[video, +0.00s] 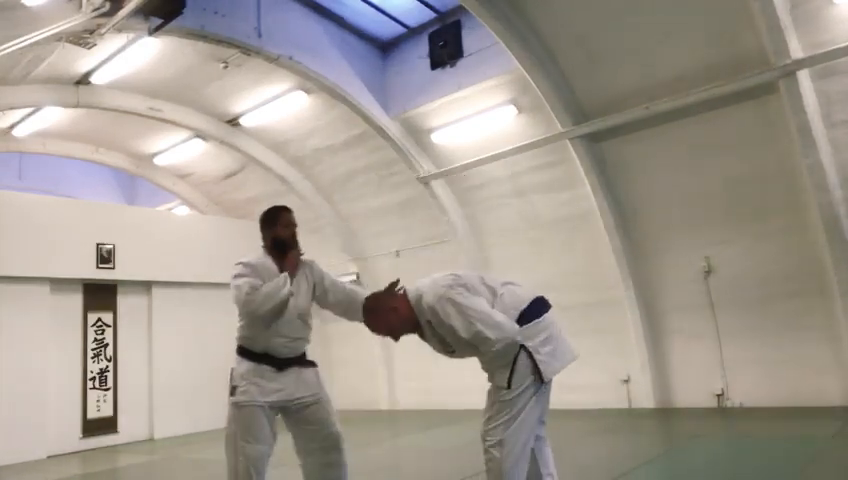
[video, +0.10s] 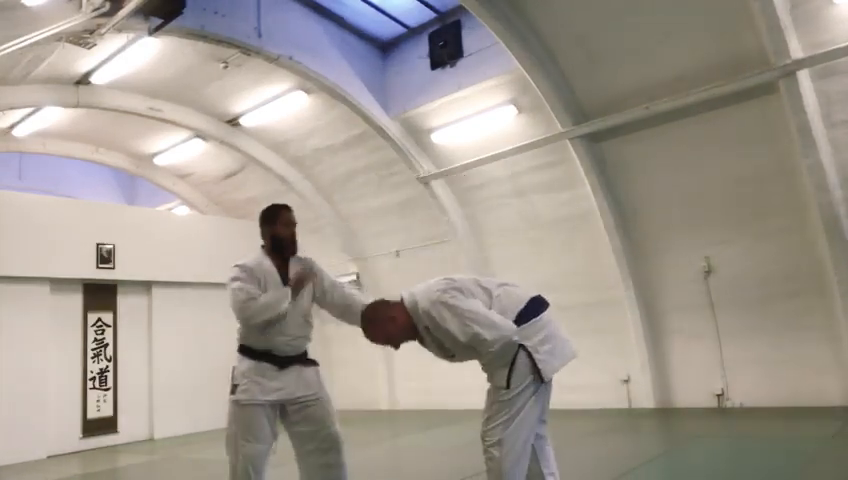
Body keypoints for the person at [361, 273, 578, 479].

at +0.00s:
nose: (391, 337)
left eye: (385, 329)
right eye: (383, 333)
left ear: (394, 307)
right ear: (395, 304)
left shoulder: (438, 299)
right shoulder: (426, 306)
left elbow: (504, 336)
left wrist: (497, 374)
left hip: (527, 338)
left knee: (498, 439)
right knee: (528, 434)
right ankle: (543, 477)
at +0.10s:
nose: (392, 346)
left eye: (386, 340)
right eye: (385, 343)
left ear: (392, 318)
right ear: (391, 315)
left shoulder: (435, 303)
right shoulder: (423, 310)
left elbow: (502, 336)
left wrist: (496, 373)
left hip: (524, 339)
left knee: (498, 439)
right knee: (529, 434)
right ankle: (546, 475)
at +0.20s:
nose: (389, 352)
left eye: (383, 346)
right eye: (382, 350)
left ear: (389, 325)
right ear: (389, 322)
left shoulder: (431, 308)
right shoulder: (422, 315)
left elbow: (500, 338)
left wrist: (495, 376)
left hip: (523, 340)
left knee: (497, 438)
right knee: (531, 434)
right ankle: (547, 476)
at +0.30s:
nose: (390, 354)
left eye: (383, 349)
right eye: (383, 352)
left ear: (386, 327)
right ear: (385, 325)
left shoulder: (427, 309)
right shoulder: (420, 315)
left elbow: (496, 337)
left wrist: (492, 376)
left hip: (520, 342)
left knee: (495, 439)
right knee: (533, 432)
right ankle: (547, 475)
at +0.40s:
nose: (387, 351)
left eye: (381, 346)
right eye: (380, 349)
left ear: (383, 325)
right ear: (382, 322)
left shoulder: (423, 307)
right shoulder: (415, 312)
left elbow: (492, 337)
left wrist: (488, 374)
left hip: (517, 341)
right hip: (529, 332)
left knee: (492, 439)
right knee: (534, 431)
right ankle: (547, 476)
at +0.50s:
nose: (380, 346)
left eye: (373, 341)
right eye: (373, 344)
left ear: (377, 320)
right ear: (378, 317)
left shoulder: (418, 303)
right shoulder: (412, 309)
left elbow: (488, 337)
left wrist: (483, 372)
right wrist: (482, 368)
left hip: (513, 341)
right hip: (527, 332)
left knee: (487, 439)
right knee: (533, 432)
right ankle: (548, 477)